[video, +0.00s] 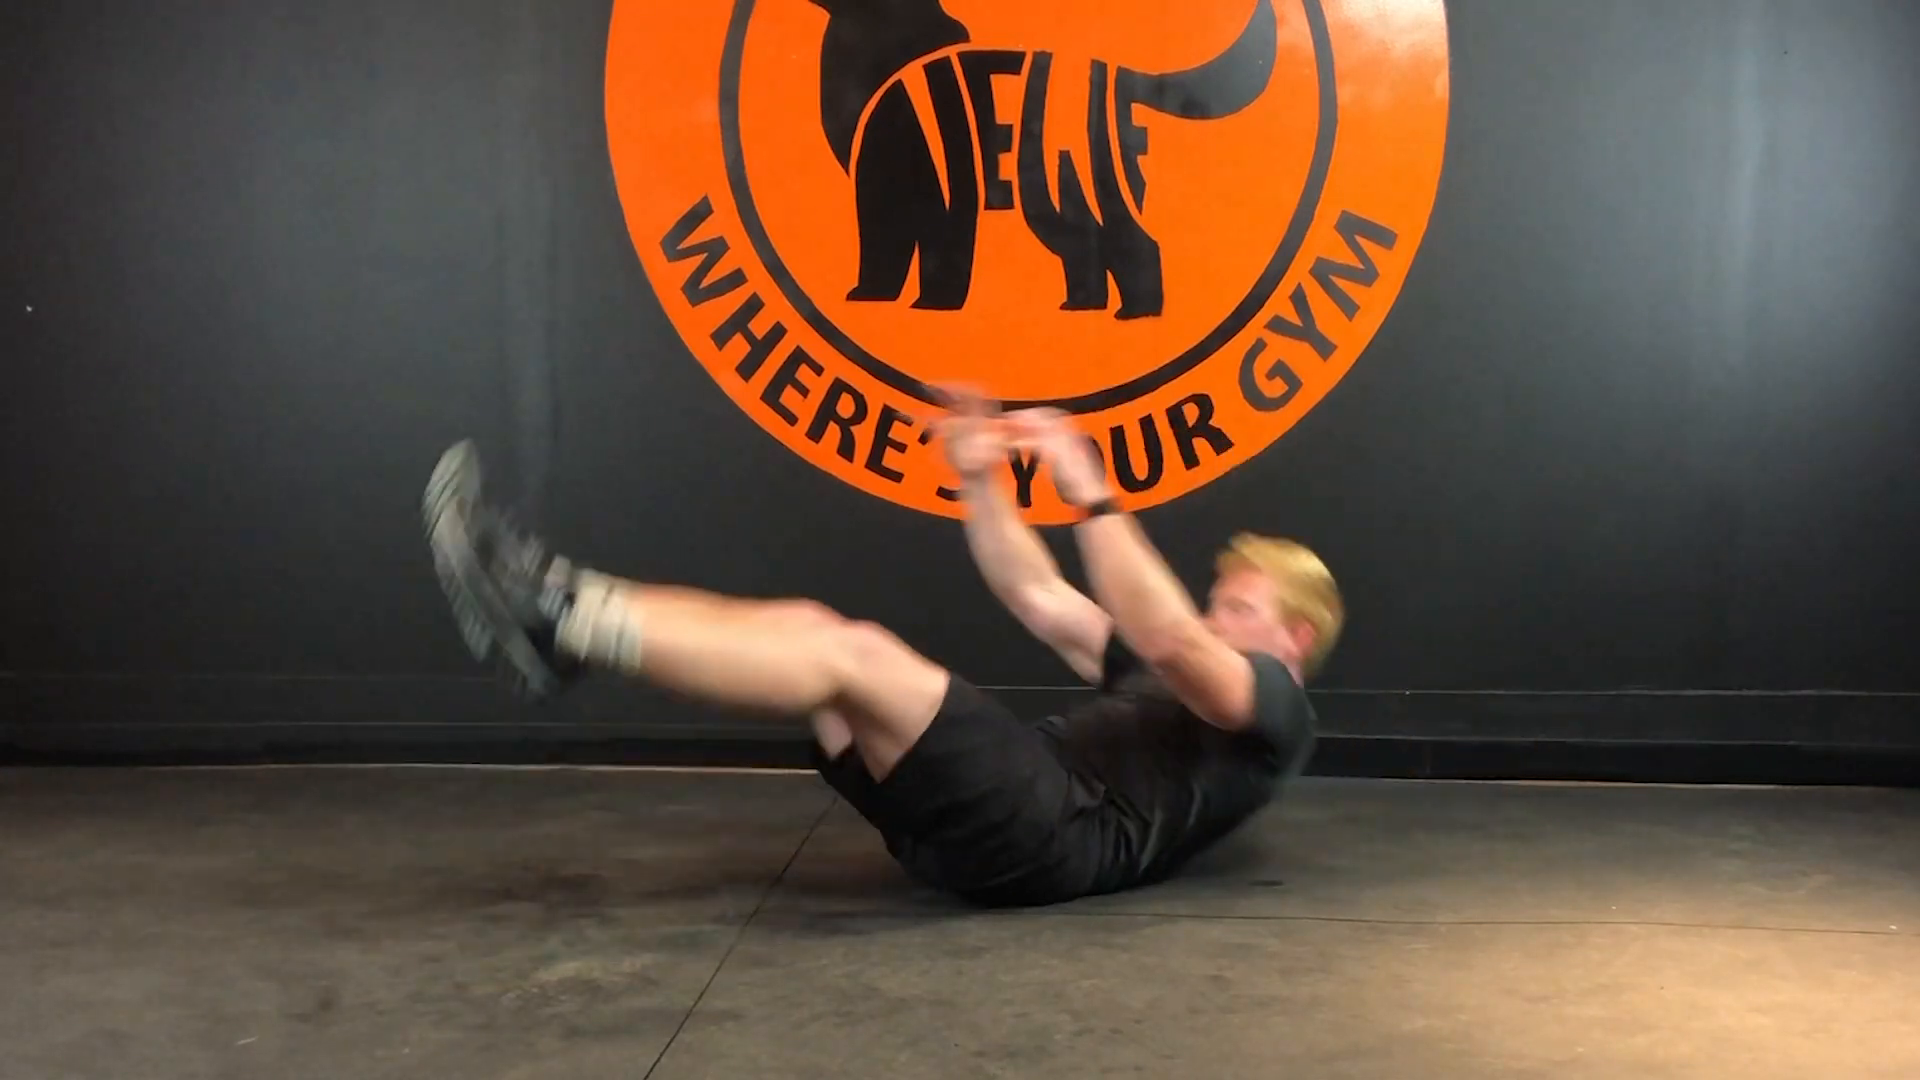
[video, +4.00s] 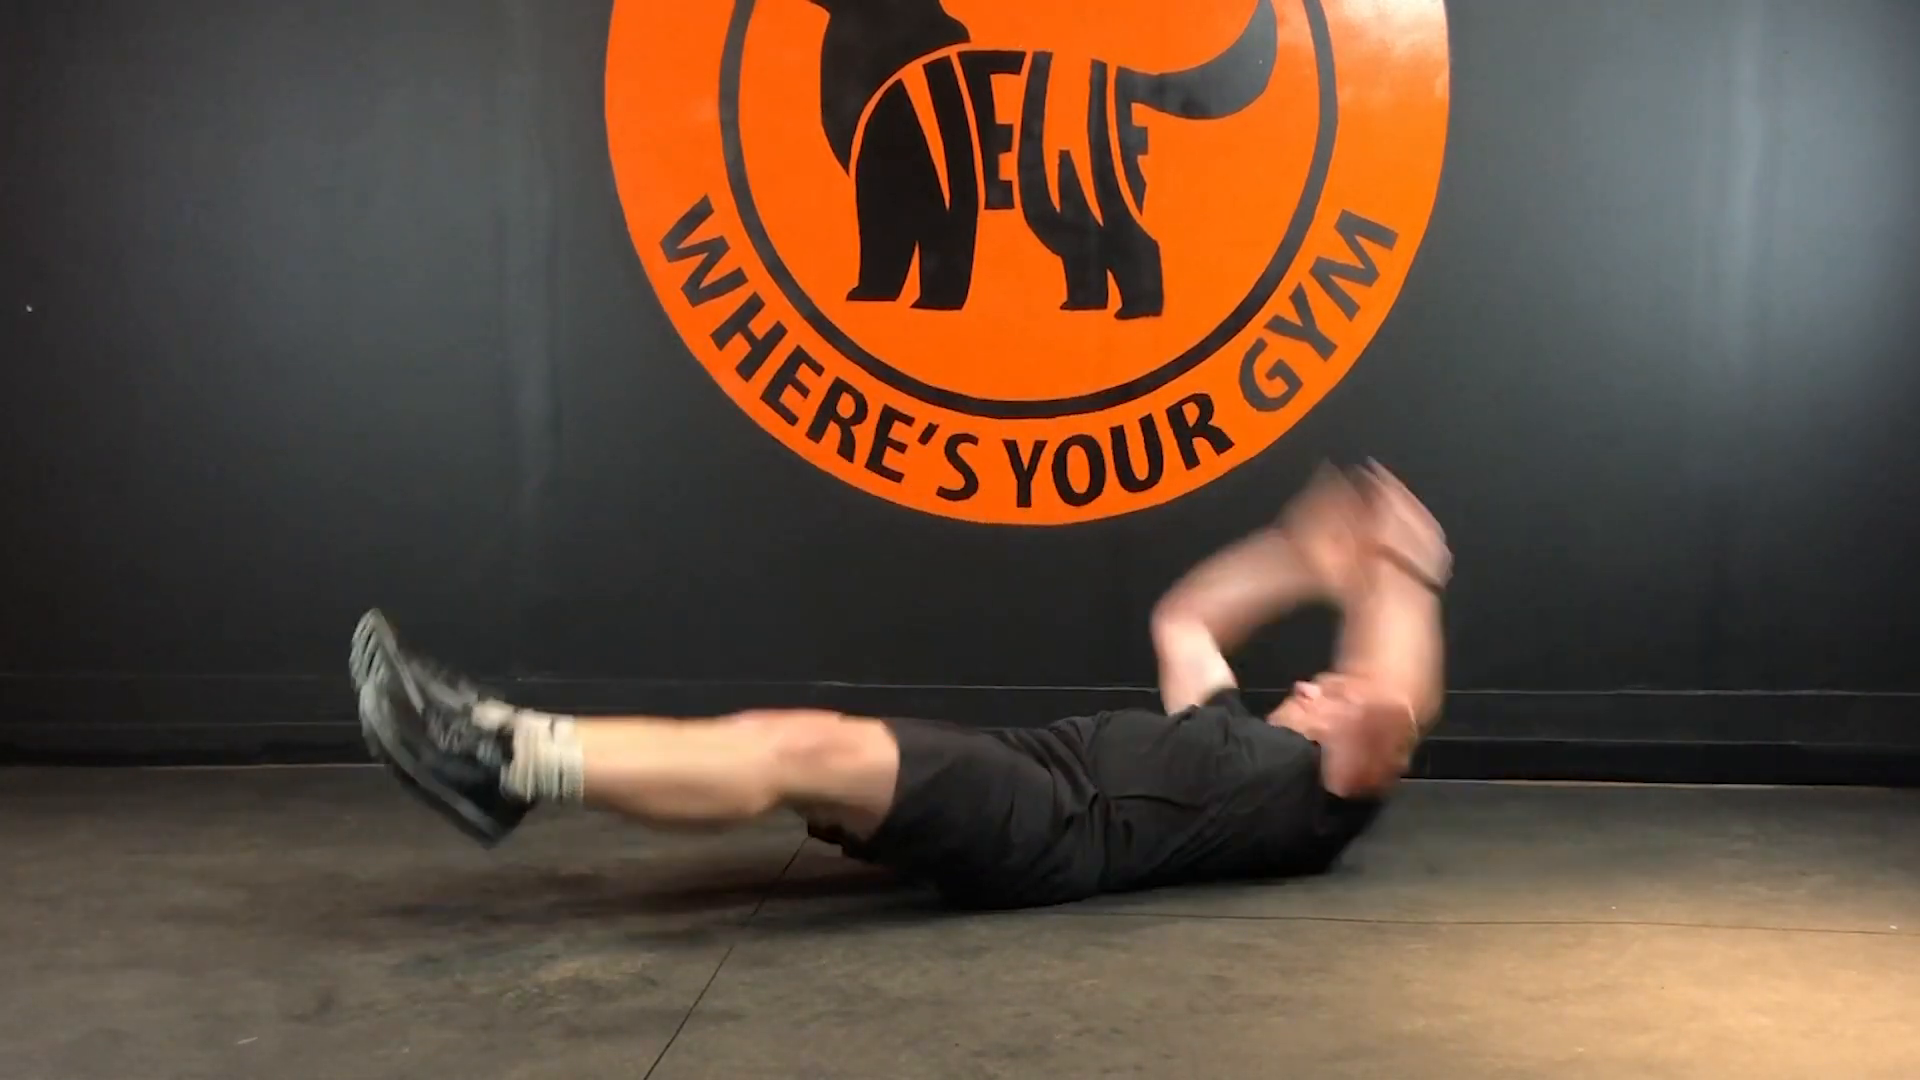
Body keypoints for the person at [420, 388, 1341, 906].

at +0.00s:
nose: (1217, 605)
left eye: (1245, 598)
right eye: (1221, 591)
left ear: (1301, 637)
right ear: (1224, 603)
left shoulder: (1277, 708)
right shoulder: (1172, 663)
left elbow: (1162, 636)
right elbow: (1038, 599)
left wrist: (1089, 489)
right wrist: (981, 484)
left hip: (1053, 833)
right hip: (993, 805)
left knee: (847, 653)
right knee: (815, 631)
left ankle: (571, 615)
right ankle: (553, 612)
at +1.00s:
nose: (1327, 690)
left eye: (1356, 702)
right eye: (1335, 686)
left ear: (1383, 755)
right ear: (1316, 714)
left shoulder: (1351, 796)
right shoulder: (1237, 742)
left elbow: (1497, 834)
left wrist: (1523, 782)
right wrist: (1430, 760)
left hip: (1068, 796)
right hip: (1002, 740)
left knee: (833, 776)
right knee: (777, 738)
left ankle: (526, 834)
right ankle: (493, 800)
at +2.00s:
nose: (1204, 554)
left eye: (1233, 550)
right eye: (1208, 543)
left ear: (1277, 601)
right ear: (1219, 567)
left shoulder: (1252, 702)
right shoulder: (1146, 646)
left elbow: (1224, 632)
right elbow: (1041, 583)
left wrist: (1191, 474)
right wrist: (1056, 471)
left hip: (1028, 829)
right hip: (965, 792)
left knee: (776, 692)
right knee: (750, 671)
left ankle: (475, 721)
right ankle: (487, 725)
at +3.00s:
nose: (1098, 543)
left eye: (1121, 529)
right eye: (1099, 528)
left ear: (1191, 537)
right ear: (1104, 530)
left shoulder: (1210, 612)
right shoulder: (1097, 604)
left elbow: (1074, 580)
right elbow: (956, 554)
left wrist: (935, 505)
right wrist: (853, 461)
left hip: (1030, 826)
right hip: (954, 830)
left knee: (942, 575)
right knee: (903, 568)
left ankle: (679, 480)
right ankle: (662, 490)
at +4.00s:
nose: (1320, 689)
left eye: (1345, 693)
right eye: (1320, 680)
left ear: (1365, 737)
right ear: (1293, 699)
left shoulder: (1313, 789)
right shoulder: (1225, 739)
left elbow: (1394, 704)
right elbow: (1186, 618)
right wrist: (1307, 552)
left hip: (1051, 818)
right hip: (1004, 775)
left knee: (810, 743)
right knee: (779, 740)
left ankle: (510, 755)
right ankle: (508, 758)